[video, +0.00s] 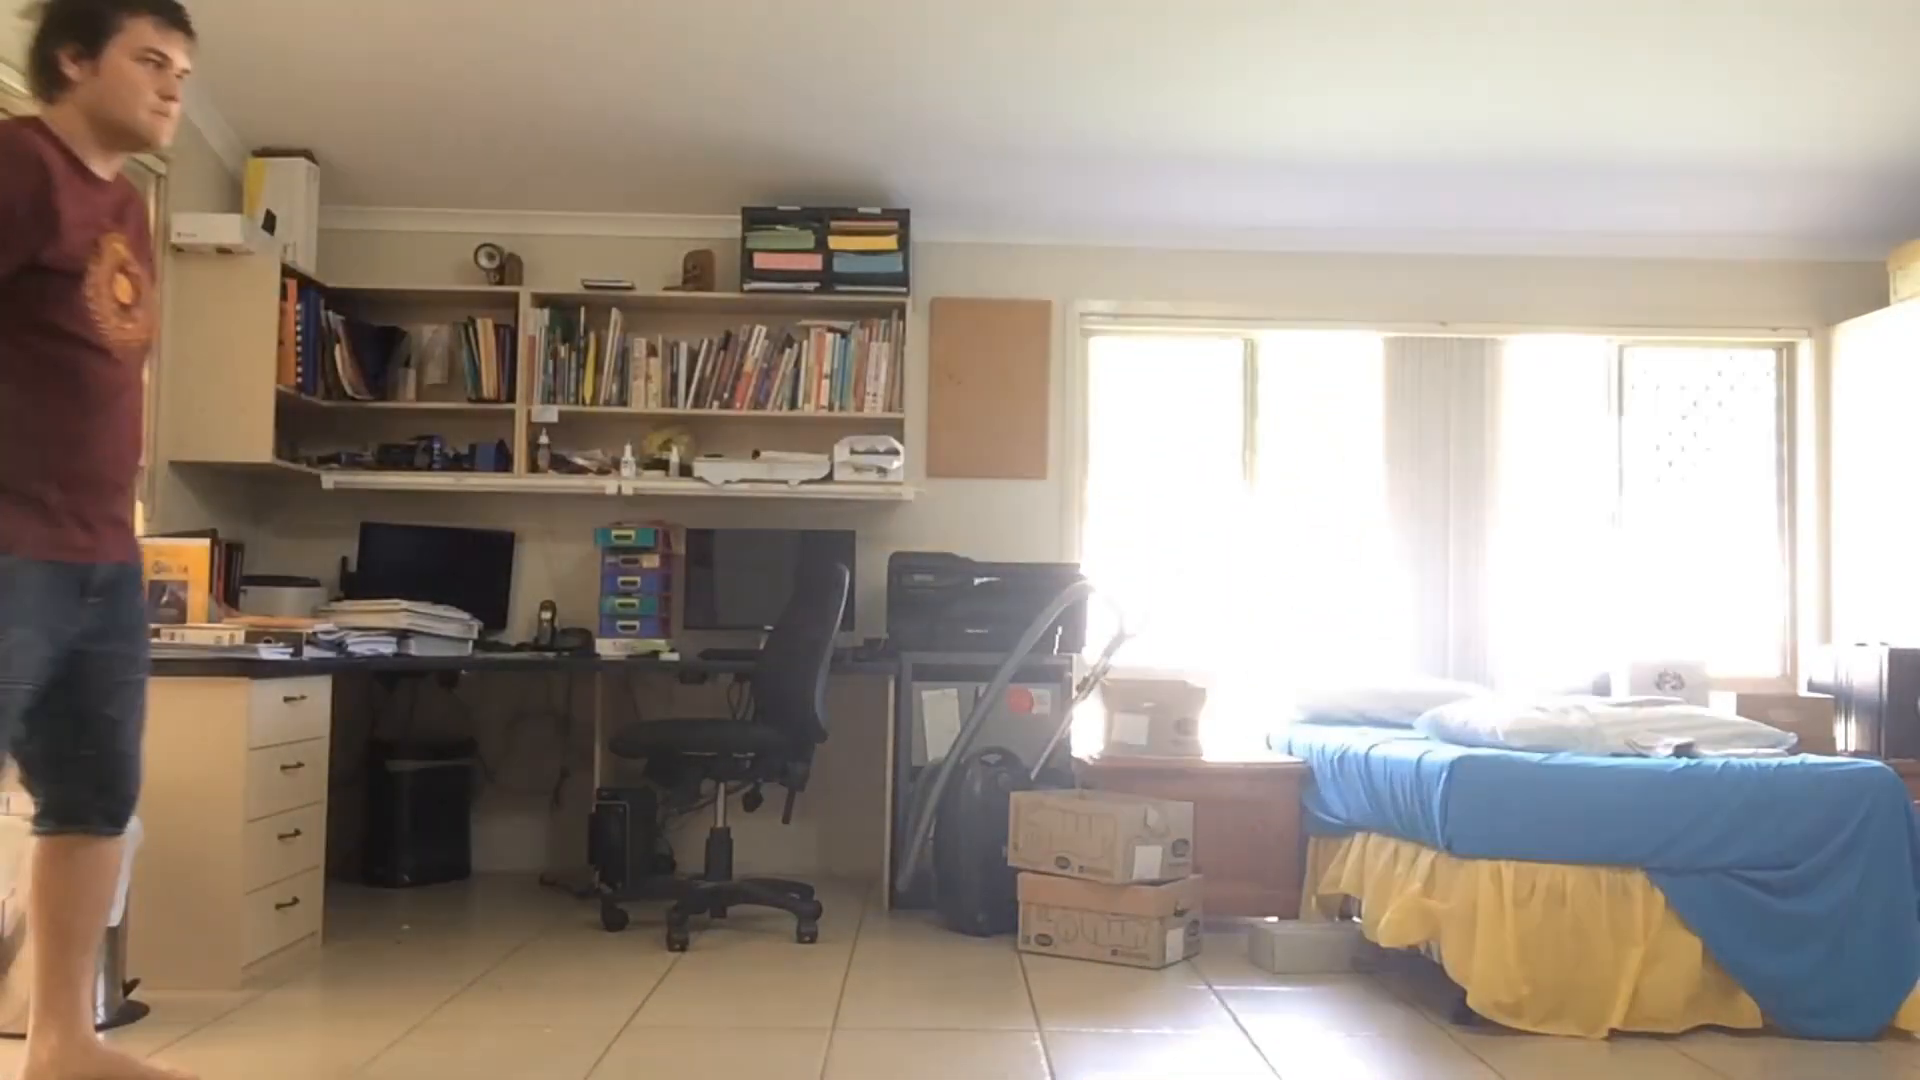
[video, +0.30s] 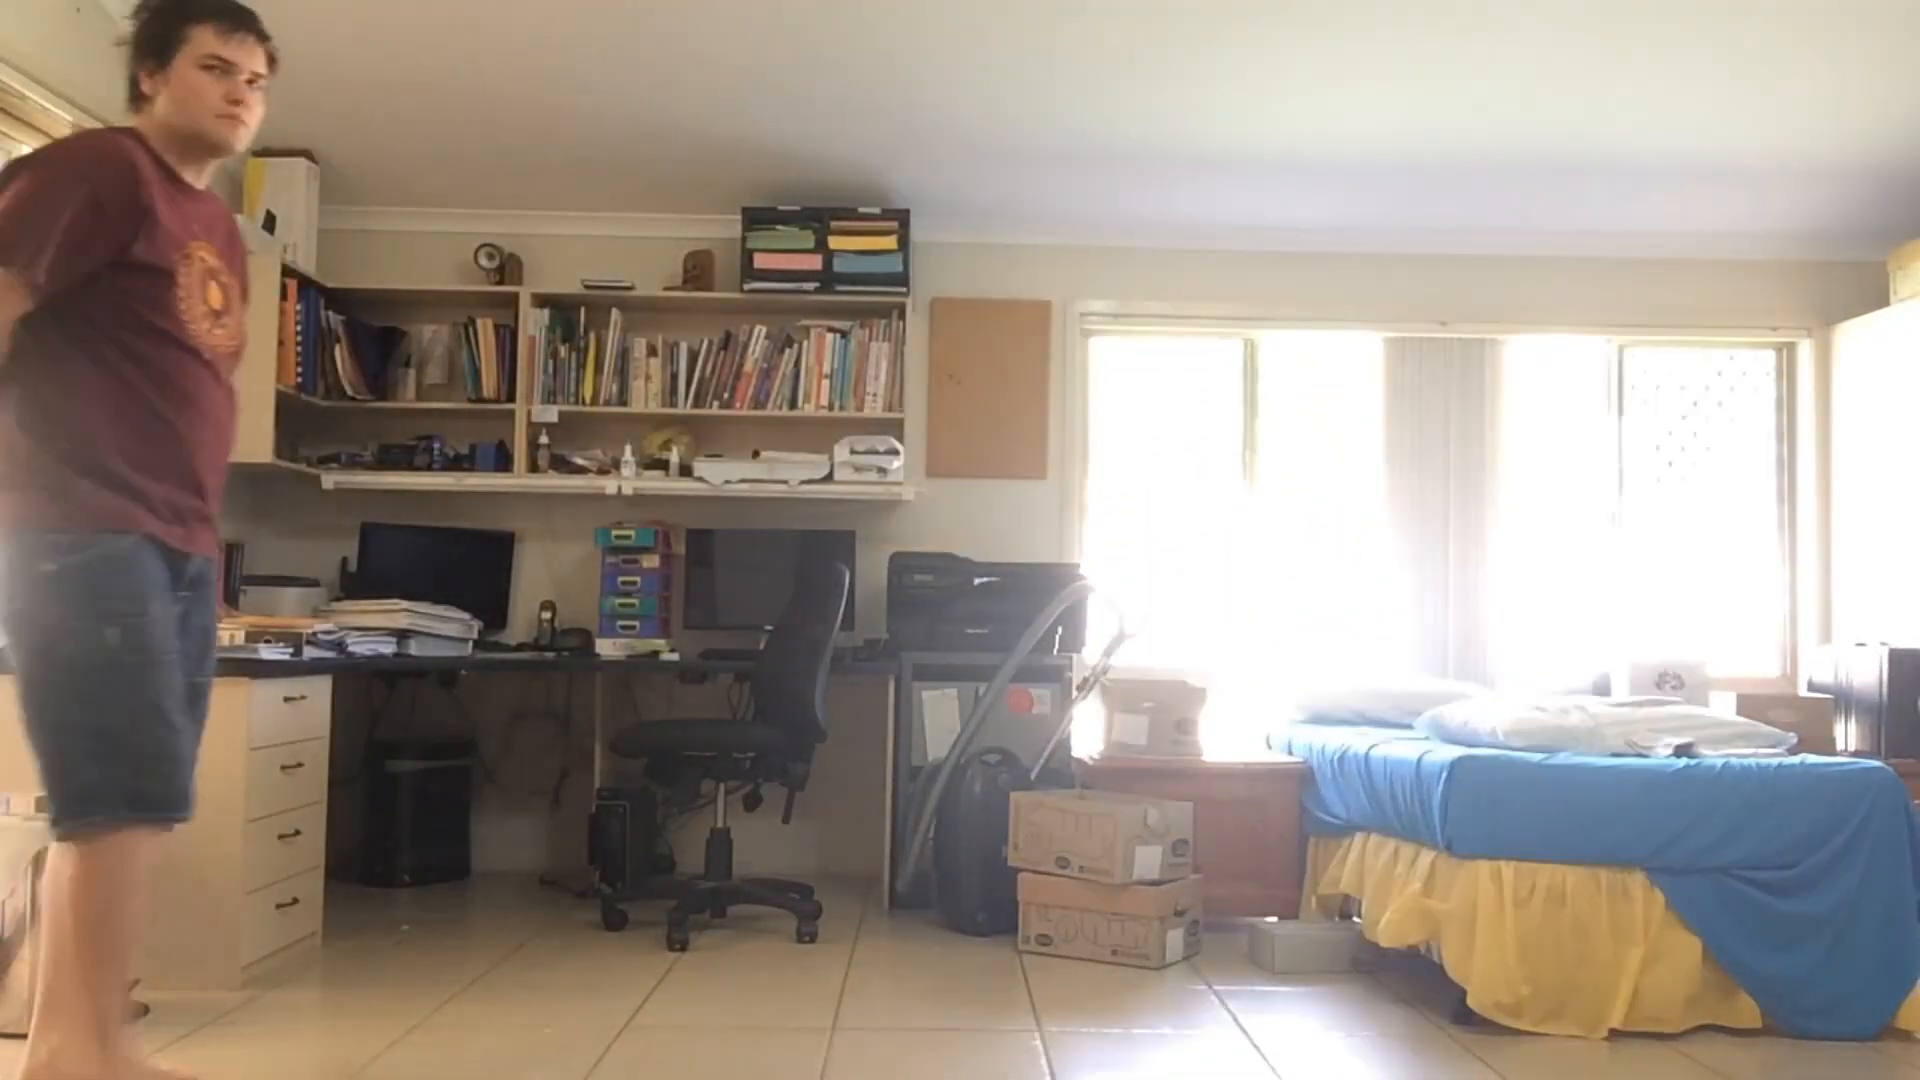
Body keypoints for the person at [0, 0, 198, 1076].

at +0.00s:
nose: (175, 89)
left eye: (182, 73)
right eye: (154, 62)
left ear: (171, 91)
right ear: (74, 61)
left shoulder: (134, 200)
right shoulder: (18, 162)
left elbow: (119, 368)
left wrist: (124, 508)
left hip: (105, 551)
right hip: (16, 551)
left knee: (91, 802)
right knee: (11, 802)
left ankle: (62, 1037)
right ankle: (23, 1028)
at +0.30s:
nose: (243, 92)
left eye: (258, 81)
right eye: (218, 68)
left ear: (263, 105)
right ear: (151, 76)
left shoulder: (227, 230)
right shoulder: (99, 166)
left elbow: (194, 390)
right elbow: (2, 296)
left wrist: (198, 535)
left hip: (179, 536)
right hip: (81, 526)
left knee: (128, 804)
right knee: (118, 805)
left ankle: (63, 1041)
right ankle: (88, 1050)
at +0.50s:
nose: (295, 99)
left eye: (311, 87)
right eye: (270, 76)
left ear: (319, 113)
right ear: (207, 88)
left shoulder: (278, 229)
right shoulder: (160, 180)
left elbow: (252, 380)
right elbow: (36, 350)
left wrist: (136, 443)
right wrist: (92, 465)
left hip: (238, 545)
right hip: (155, 538)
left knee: (153, 804)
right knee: (225, 798)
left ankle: (59, 1040)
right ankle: (264, 1059)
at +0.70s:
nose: (363, 93)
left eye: (379, 81)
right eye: (339, 69)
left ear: (385, 108)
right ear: (272, 81)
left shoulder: (318, 209)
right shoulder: (234, 177)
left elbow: (261, 371)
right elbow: (110, 352)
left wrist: (151, 456)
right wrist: (117, 459)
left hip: (301, 535)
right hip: (218, 531)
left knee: (323, 784)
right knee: (276, 804)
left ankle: (141, 985)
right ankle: (280, 1065)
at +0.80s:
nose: (405, 85)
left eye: (415, 71)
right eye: (381, 60)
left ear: (411, 95)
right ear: (307, 68)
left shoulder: (339, 195)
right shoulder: (259, 170)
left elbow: (275, 364)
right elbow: (128, 352)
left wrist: (163, 431)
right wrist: (139, 436)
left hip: (326, 535)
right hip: (236, 535)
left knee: (357, 785)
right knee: (270, 812)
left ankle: (221, 1025)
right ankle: (279, 1061)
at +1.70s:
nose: (542, 181)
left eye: (543, 163)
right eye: (521, 156)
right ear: (448, 161)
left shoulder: (453, 287)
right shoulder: (353, 247)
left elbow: (364, 422)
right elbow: (158, 377)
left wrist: (208, 440)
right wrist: (171, 451)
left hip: (346, 563)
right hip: (240, 560)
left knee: (387, 797)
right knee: (340, 796)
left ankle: (311, 1041)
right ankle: (247, 1056)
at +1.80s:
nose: (542, 202)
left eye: (544, 185)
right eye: (523, 176)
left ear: (477, 195)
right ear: (450, 178)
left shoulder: (446, 303)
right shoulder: (351, 254)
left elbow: (347, 434)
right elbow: (144, 374)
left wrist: (182, 441)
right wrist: (145, 435)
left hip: (323, 564)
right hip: (211, 559)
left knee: (364, 801)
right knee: (281, 806)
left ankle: (306, 1047)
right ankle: (148, 1055)